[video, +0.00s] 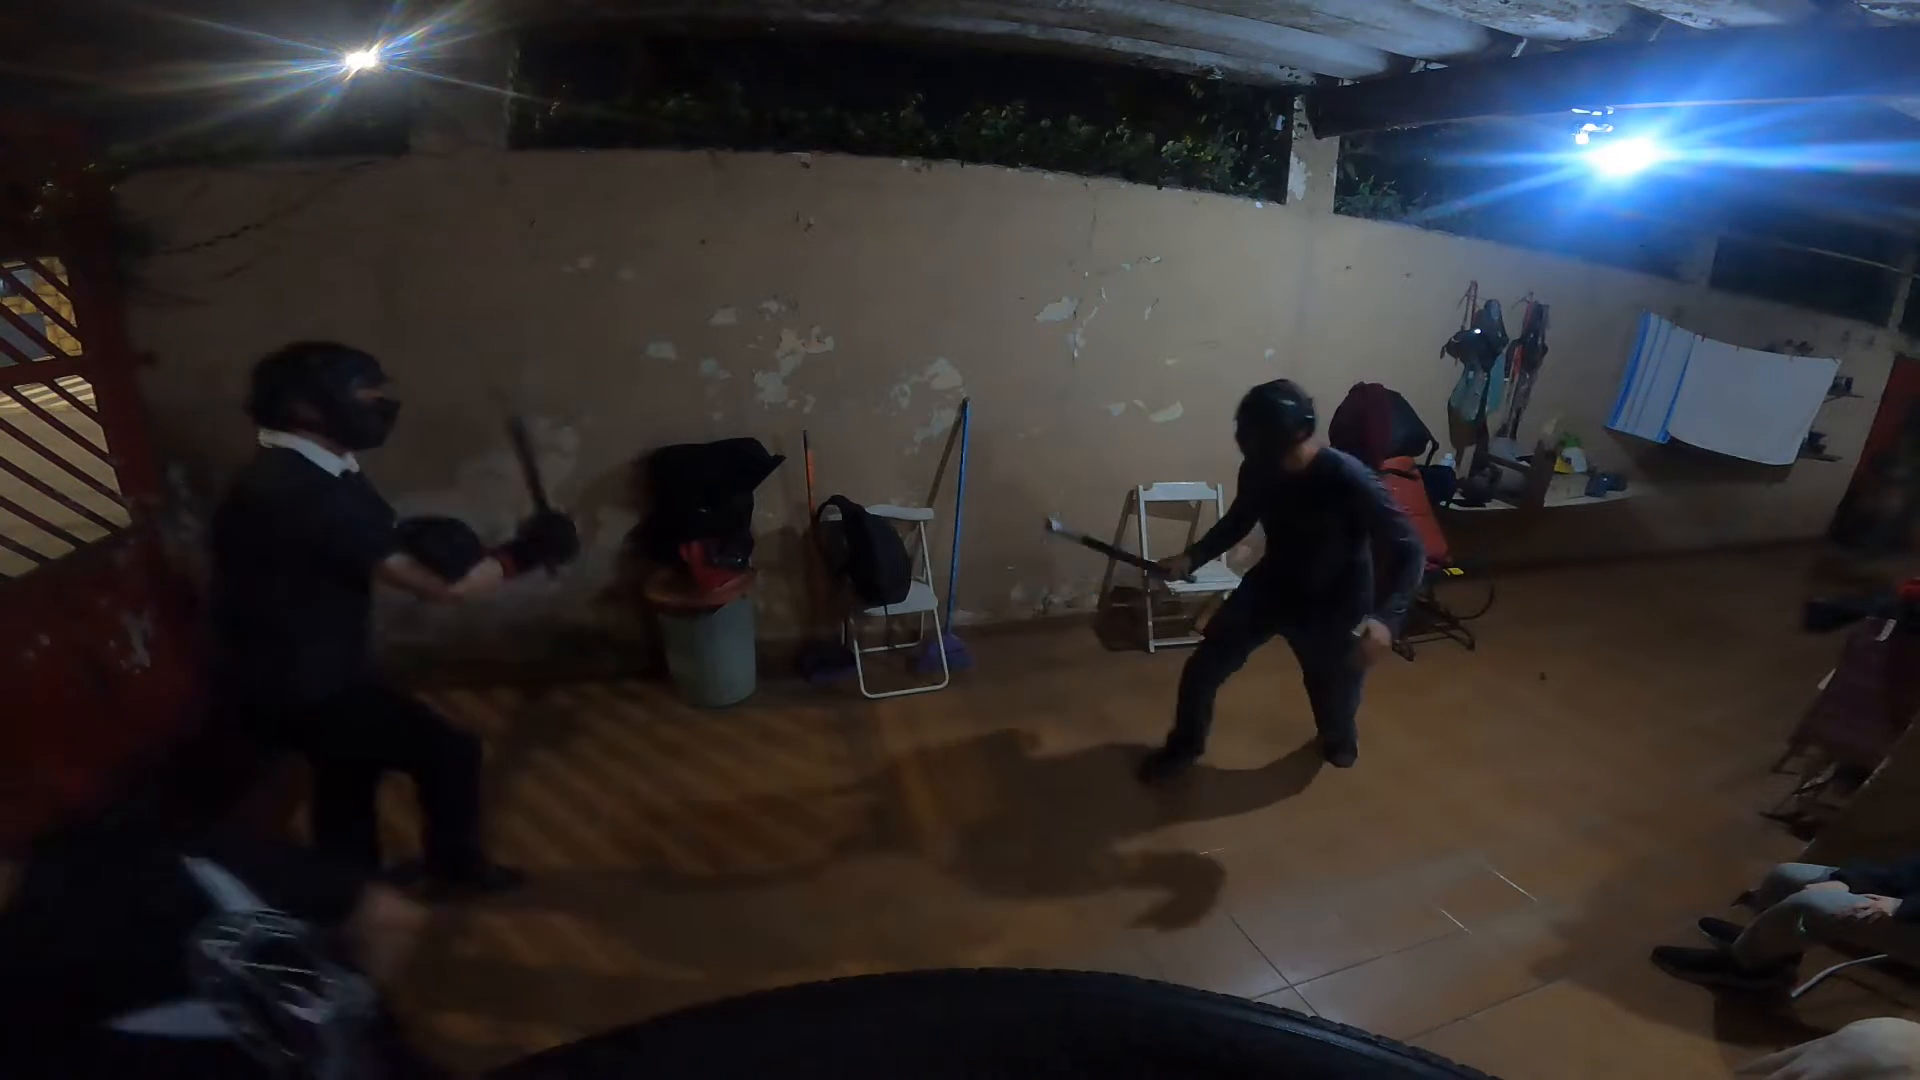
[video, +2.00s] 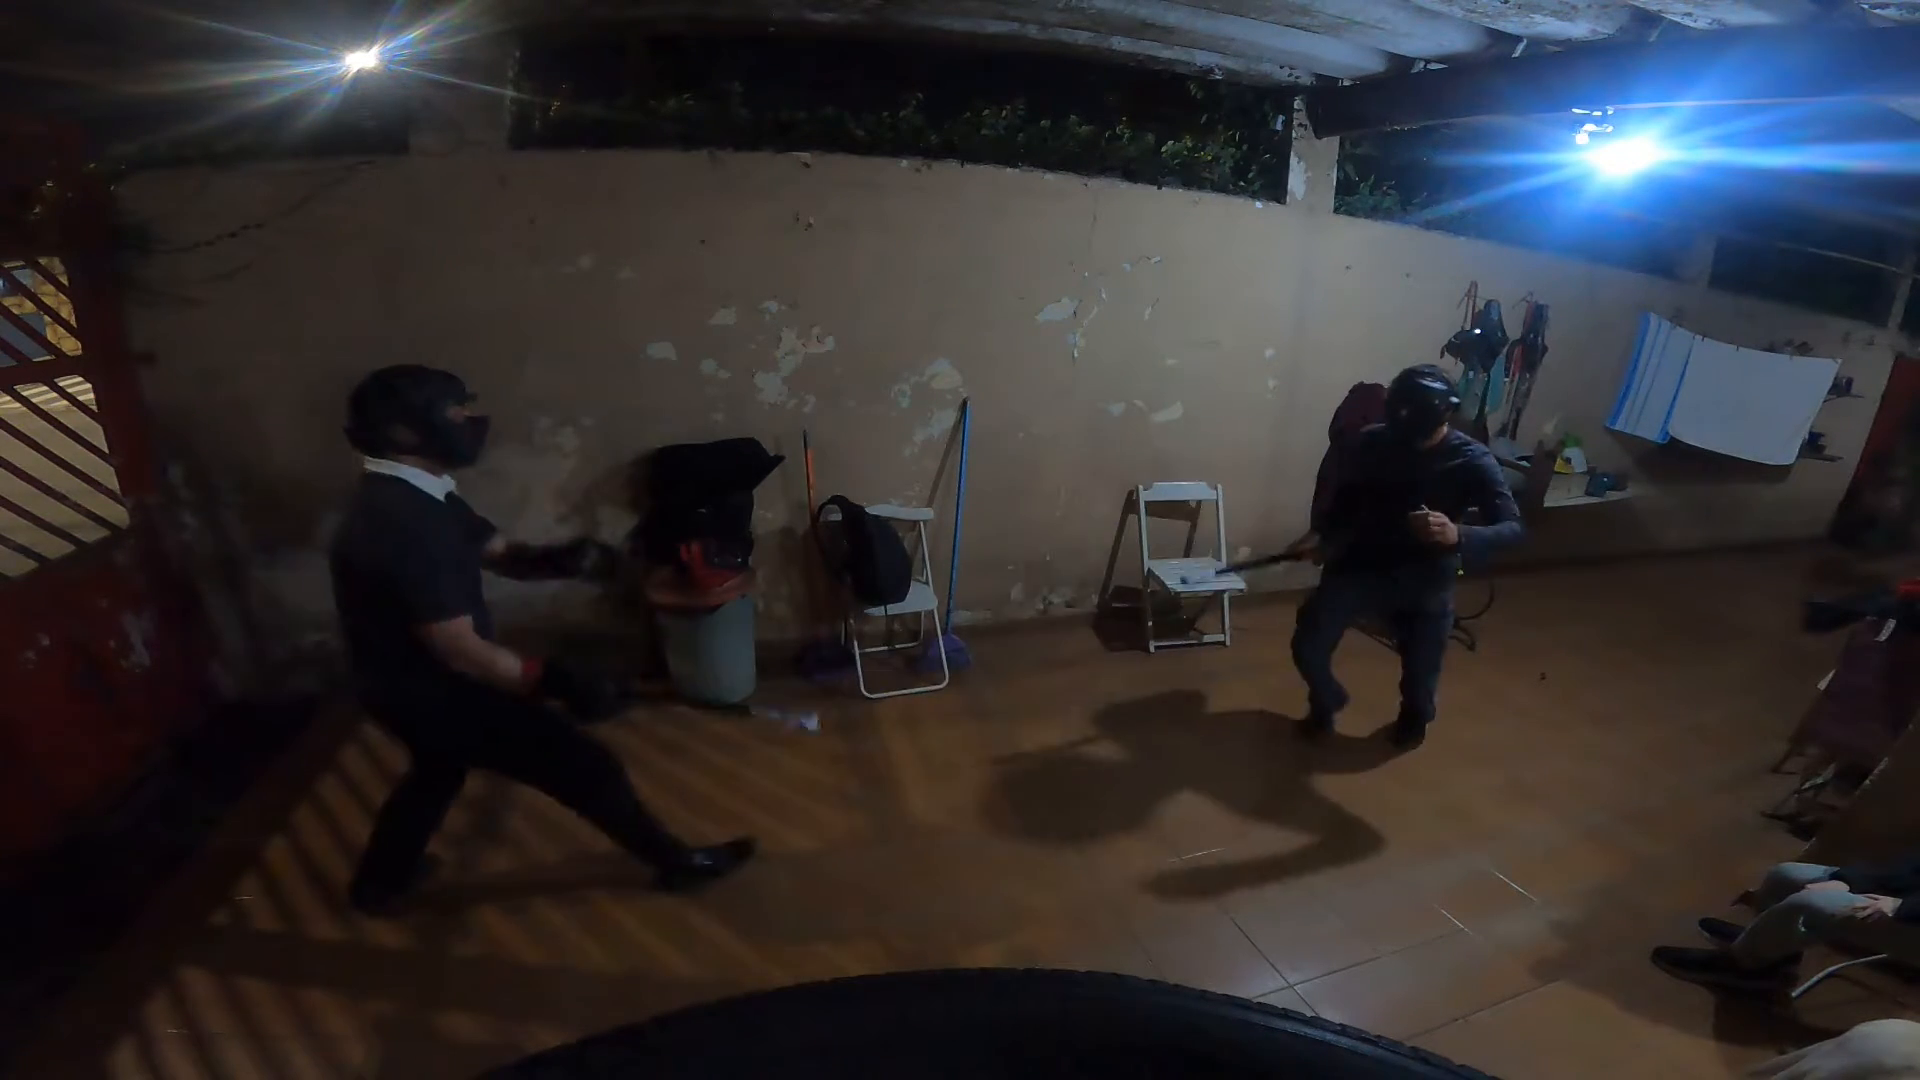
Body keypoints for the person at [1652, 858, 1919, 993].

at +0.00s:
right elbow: (1910, 872)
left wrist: (1903, 908)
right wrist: (1848, 878)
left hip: (1912, 923)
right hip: (1904, 893)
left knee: (1807, 905)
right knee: (1785, 877)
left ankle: (1740, 961)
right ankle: (1756, 944)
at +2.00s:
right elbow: (1912, 870)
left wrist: (1903, 908)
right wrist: (1846, 880)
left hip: (1911, 925)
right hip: (1901, 892)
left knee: (1807, 905)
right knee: (1784, 877)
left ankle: (1739, 961)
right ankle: (1760, 945)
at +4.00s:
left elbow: (1913, 915)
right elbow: (1910, 870)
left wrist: (1857, 909)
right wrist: (1844, 882)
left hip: (1911, 927)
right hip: (1904, 890)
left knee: (1800, 914)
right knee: (1783, 880)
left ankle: (1742, 963)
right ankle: (1756, 945)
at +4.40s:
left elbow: (1913, 913)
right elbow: (1910, 873)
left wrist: (1858, 907)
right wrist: (1844, 882)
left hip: (1912, 927)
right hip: (1904, 891)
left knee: (1798, 914)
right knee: (1783, 880)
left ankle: (1742, 963)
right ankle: (1756, 945)